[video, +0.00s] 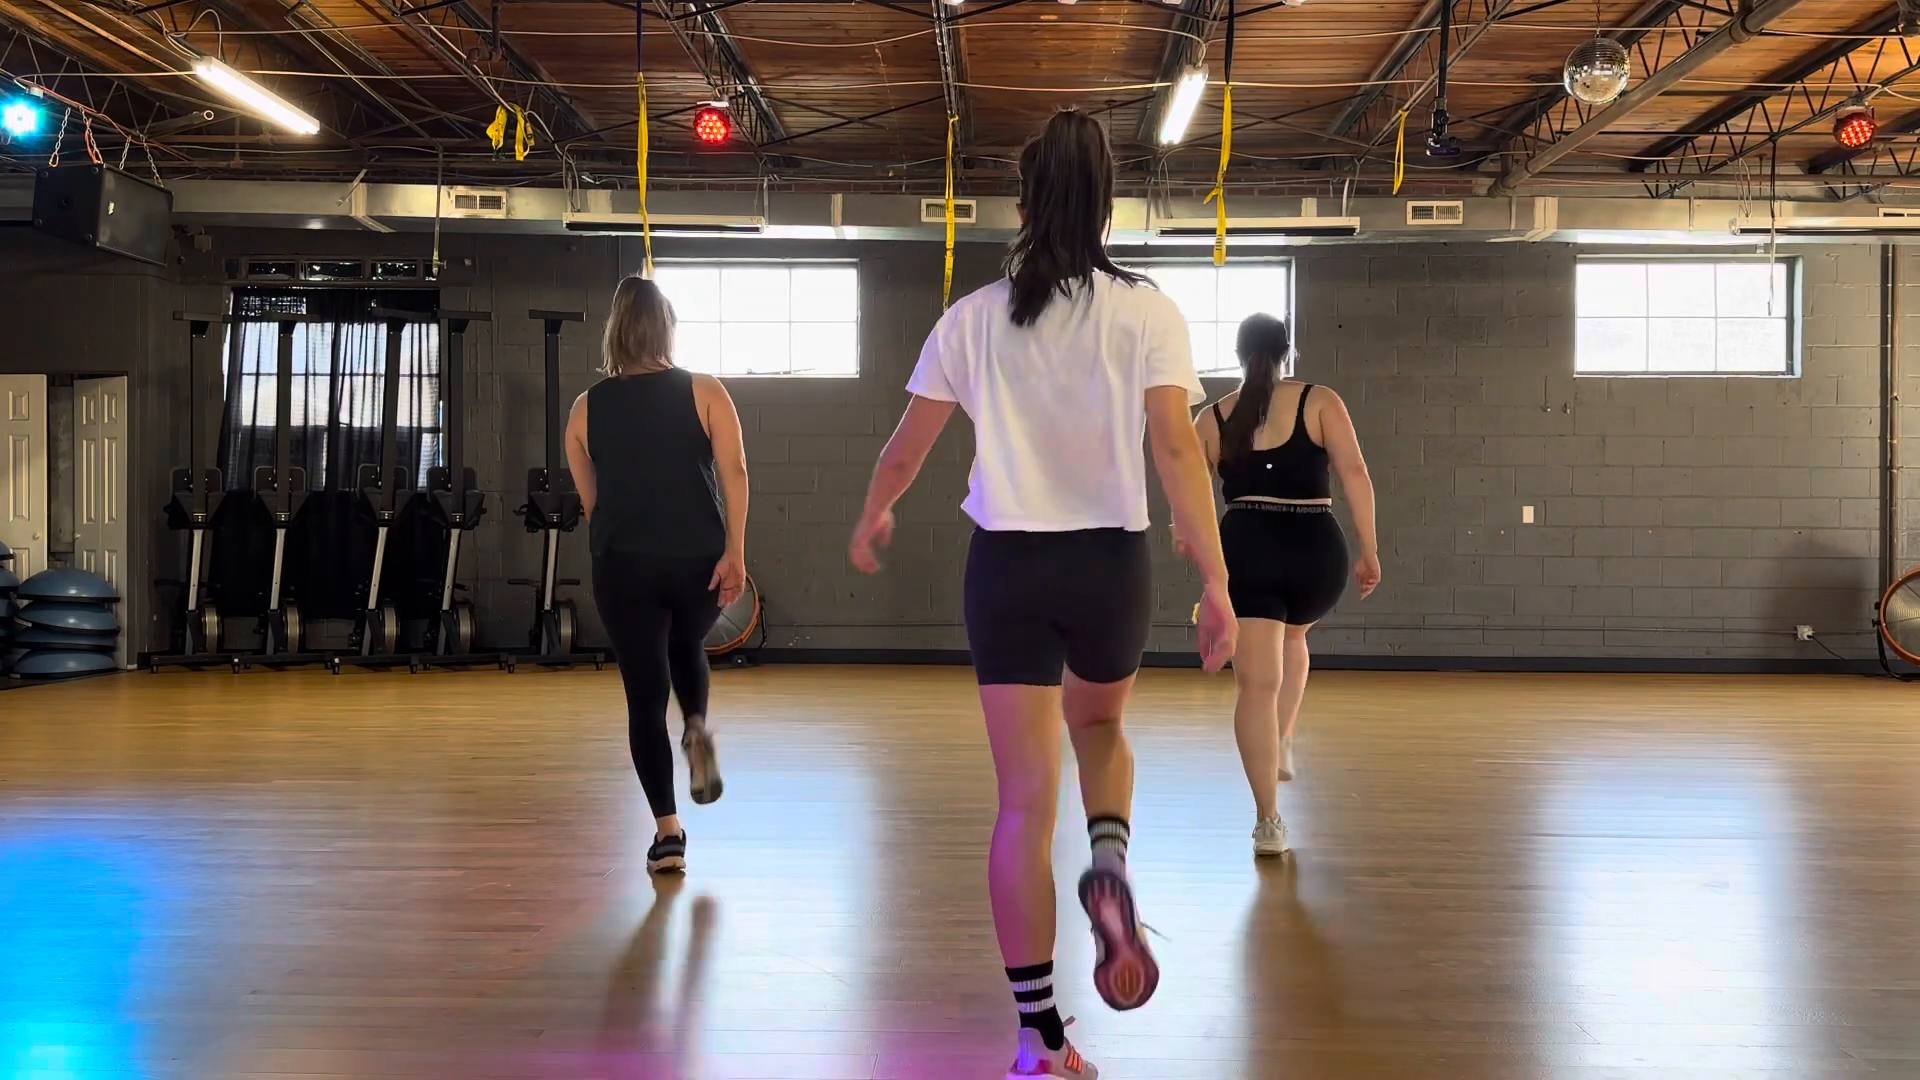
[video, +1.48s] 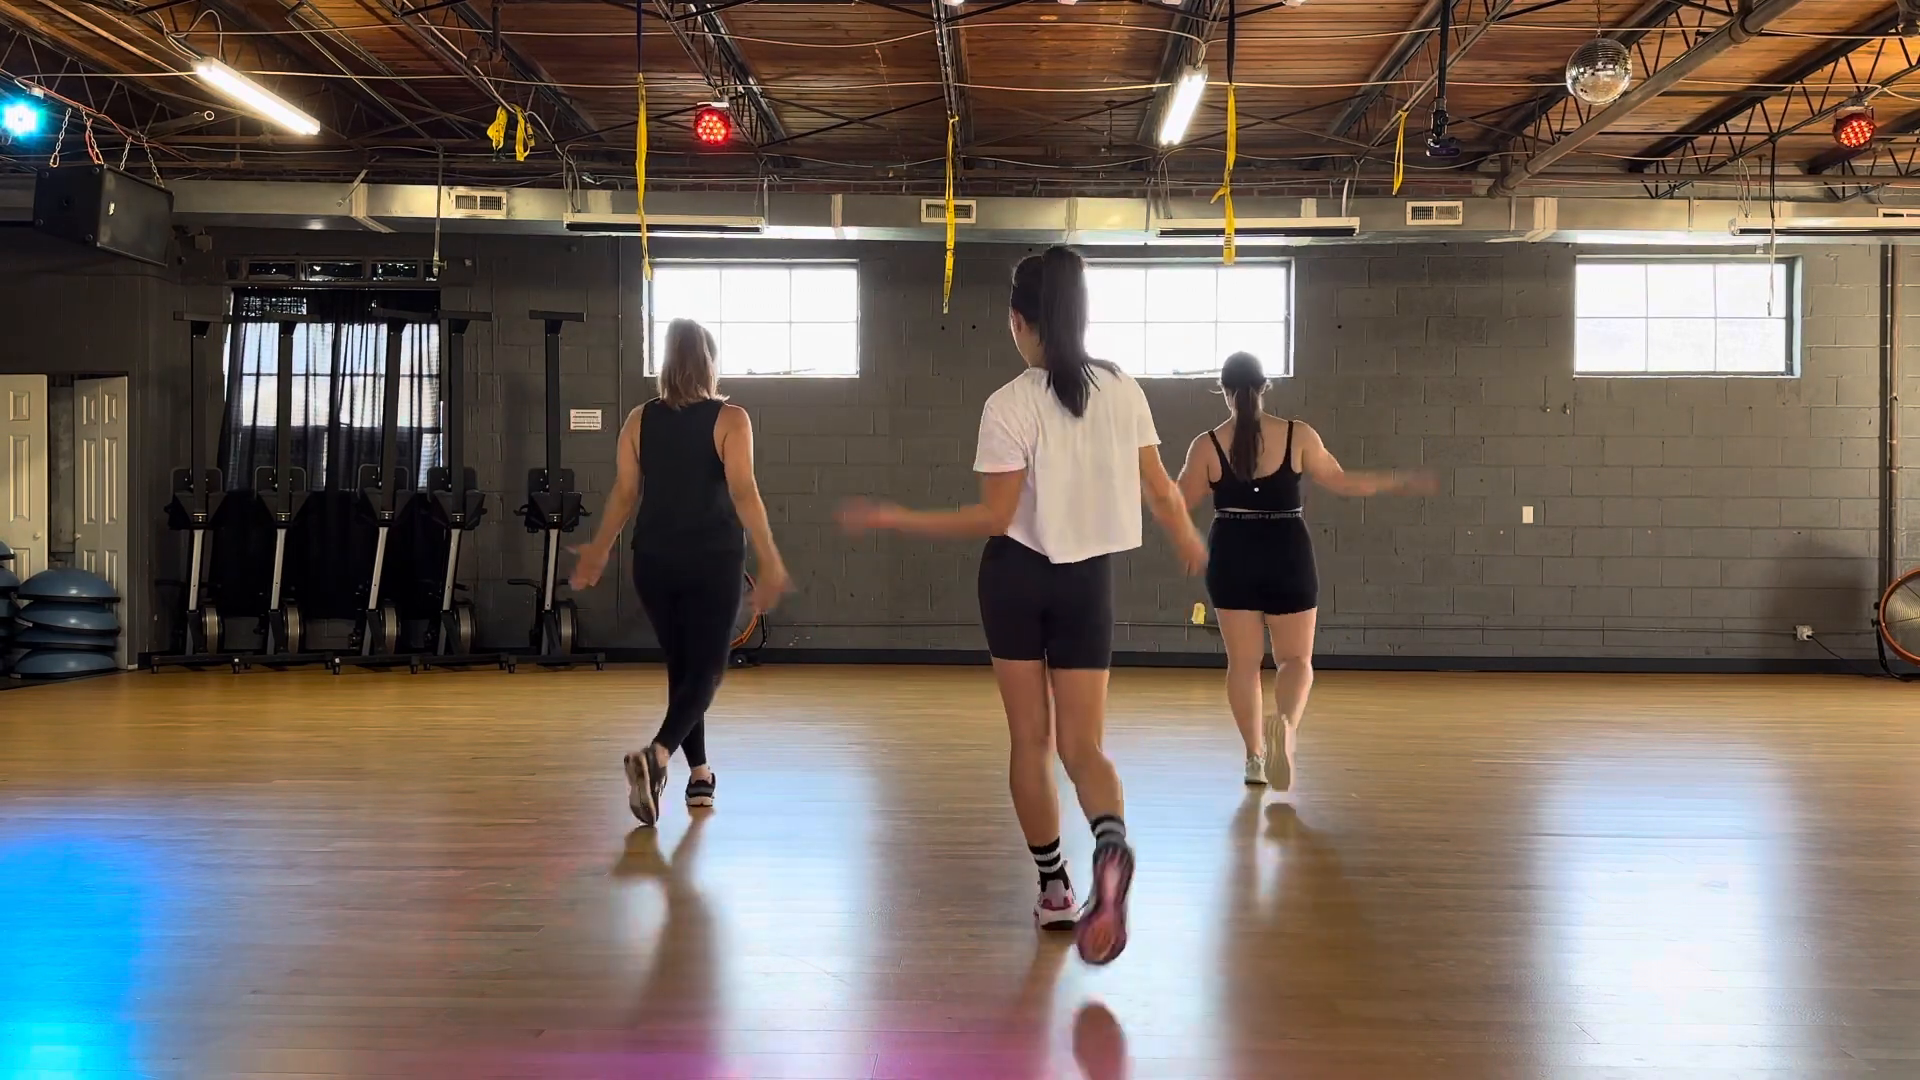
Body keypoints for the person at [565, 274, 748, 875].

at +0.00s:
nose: (670, 333)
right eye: (670, 325)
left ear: (612, 333)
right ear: (669, 330)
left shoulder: (584, 410)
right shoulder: (705, 392)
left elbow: (590, 502)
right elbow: (734, 472)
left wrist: (620, 540)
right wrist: (735, 550)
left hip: (623, 564)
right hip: (695, 557)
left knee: (645, 696)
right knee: (688, 644)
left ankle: (667, 825)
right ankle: (697, 726)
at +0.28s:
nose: (675, 342)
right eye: (675, 333)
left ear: (622, 341)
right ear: (675, 340)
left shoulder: (585, 412)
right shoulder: (701, 403)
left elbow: (589, 499)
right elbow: (720, 483)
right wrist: (725, 562)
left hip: (616, 566)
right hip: (690, 564)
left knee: (640, 696)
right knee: (662, 692)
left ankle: (667, 820)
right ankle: (629, 807)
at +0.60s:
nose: (687, 354)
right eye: (689, 345)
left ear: (635, 345)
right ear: (685, 350)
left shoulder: (593, 405)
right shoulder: (702, 415)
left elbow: (577, 491)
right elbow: (707, 497)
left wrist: (573, 558)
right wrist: (707, 575)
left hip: (605, 570)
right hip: (672, 572)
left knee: (608, 684)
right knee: (654, 687)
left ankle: (632, 761)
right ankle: (623, 804)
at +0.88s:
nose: (691, 359)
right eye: (692, 350)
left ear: (643, 351)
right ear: (692, 355)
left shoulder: (603, 406)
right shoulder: (707, 417)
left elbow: (563, 477)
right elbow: (710, 497)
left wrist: (537, 543)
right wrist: (710, 573)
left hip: (607, 567)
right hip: (673, 566)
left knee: (657, 630)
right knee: (657, 684)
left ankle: (630, 699)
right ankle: (624, 804)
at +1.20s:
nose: (704, 368)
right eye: (703, 360)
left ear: (653, 362)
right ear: (698, 365)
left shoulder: (617, 420)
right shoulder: (714, 423)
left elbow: (596, 493)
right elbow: (716, 499)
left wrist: (594, 561)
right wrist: (715, 573)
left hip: (625, 567)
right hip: (685, 568)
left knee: (670, 673)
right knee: (661, 681)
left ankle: (697, 774)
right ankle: (628, 794)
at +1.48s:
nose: (706, 364)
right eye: (708, 355)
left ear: (666, 362)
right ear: (711, 362)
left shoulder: (639, 419)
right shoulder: (730, 417)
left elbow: (625, 491)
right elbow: (743, 490)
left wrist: (598, 548)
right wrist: (770, 560)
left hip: (653, 559)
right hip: (712, 559)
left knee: (681, 665)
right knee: (705, 671)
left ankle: (698, 771)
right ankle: (656, 755)